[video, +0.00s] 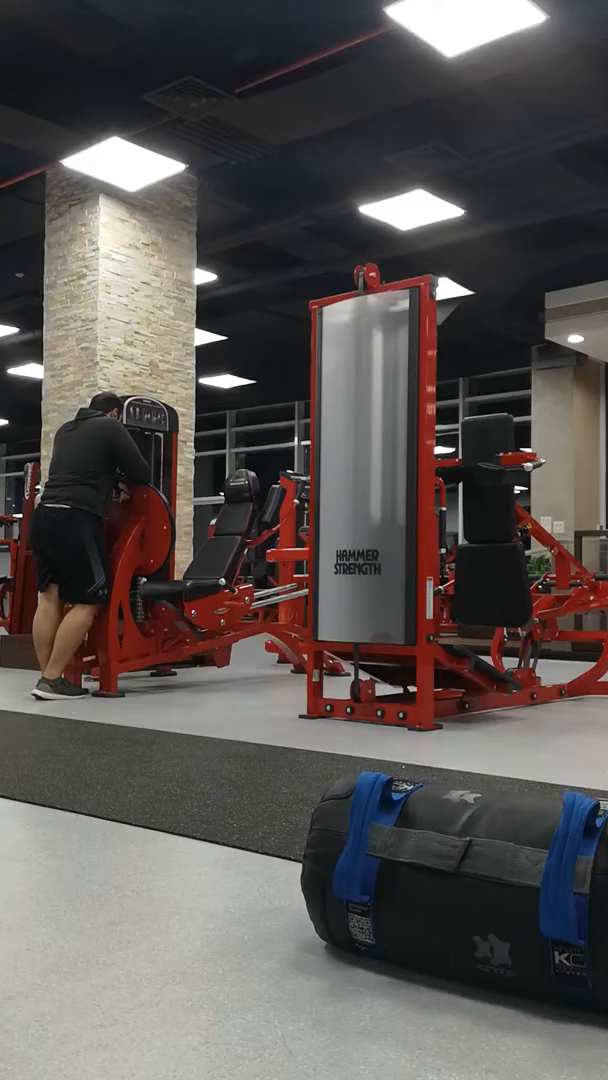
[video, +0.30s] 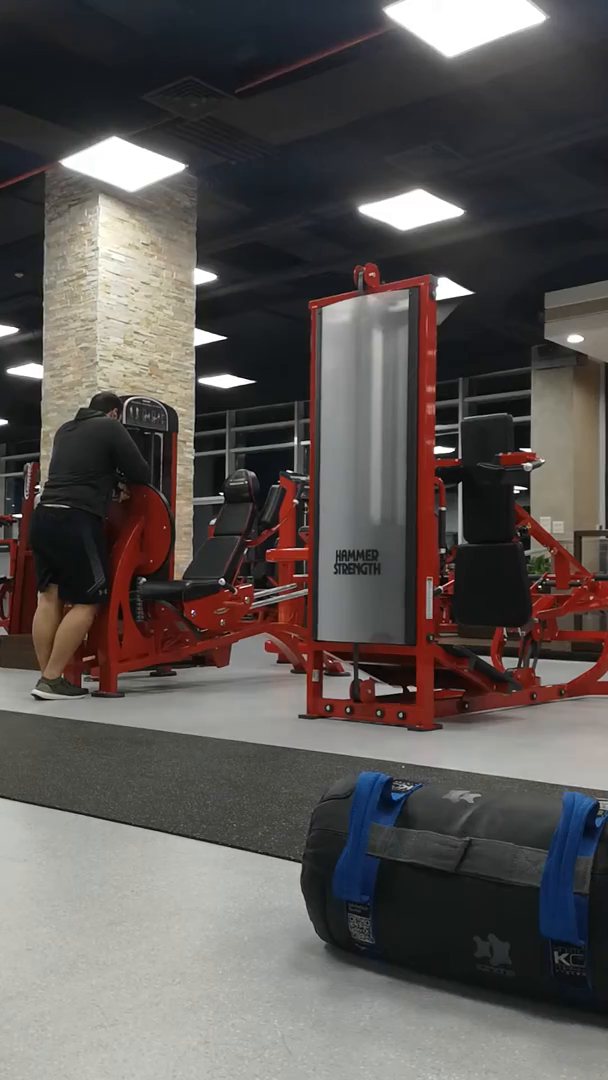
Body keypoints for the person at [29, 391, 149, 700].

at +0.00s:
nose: (120, 421)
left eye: (120, 417)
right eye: (121, 417)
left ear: (91, 409)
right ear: (113, 413)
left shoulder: (65, 429)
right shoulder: (112, 428)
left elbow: (72, 470)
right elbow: (142, 476)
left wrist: (111, 485)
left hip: (43, 516)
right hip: (76, 520)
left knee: (48, 597)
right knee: (87, 602)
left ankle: (47, 676)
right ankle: (53, 678)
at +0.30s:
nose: (120, 421)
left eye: (120, 417)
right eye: (120, 417)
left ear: (90, 409)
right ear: (113, 413)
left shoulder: (65, 429)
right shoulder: (111, 428)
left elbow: (72, 470)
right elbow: (142, 475)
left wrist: (111, 485)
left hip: (43, 516)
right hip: (76, 519)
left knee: (48, 597)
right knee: (86, 602)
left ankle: (47, 676)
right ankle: (52, 678)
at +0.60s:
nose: (120, 421)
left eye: (120, 417)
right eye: (120, 417)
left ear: (91, 409)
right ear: (113, 413)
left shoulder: (65, 429)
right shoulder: (111, 428)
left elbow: (72, 471)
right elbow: (142, 476)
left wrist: (111, 486)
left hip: (43, 516)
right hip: (75, 520)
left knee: (48, 598)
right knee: (86, 602)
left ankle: (47, 676)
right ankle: (52, 678)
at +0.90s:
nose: (121, 420)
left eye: (121, 416)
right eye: (121, 415)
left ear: (92, 409)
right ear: (114, 413)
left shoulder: (67, 428)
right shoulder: (111, 428)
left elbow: (74, 470)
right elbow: (141, 476)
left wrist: (111, 486)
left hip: (42, 516)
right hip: (74, 519)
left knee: (48, 598)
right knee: (82, 602)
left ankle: (46, 677)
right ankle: (52, 679)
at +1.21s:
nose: (123, 419)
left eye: (122, 416)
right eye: (124, 415)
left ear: (95, 408)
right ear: (118, 412)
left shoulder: (71, 427)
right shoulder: (113, 427)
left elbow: (74, 468)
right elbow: (141, 475)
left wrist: (111, 484)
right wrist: (112, 472)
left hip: (42, 513)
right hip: (73, 516)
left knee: (49, 598)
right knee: (75, 602)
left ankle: (47, 677)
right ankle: (51, 681)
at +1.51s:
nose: (124, 421)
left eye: (124, 418)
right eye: (126, 417)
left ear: (98, 409)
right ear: (121, 414)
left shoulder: (73, 427)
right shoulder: (113, 426)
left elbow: (75, 469)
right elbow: (141, 476)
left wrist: (111, 484)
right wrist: (115, 473)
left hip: (42, 511)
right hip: (71, 512)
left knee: (50, 599)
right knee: (66, 601)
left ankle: (48, 678)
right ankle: (50, 681)